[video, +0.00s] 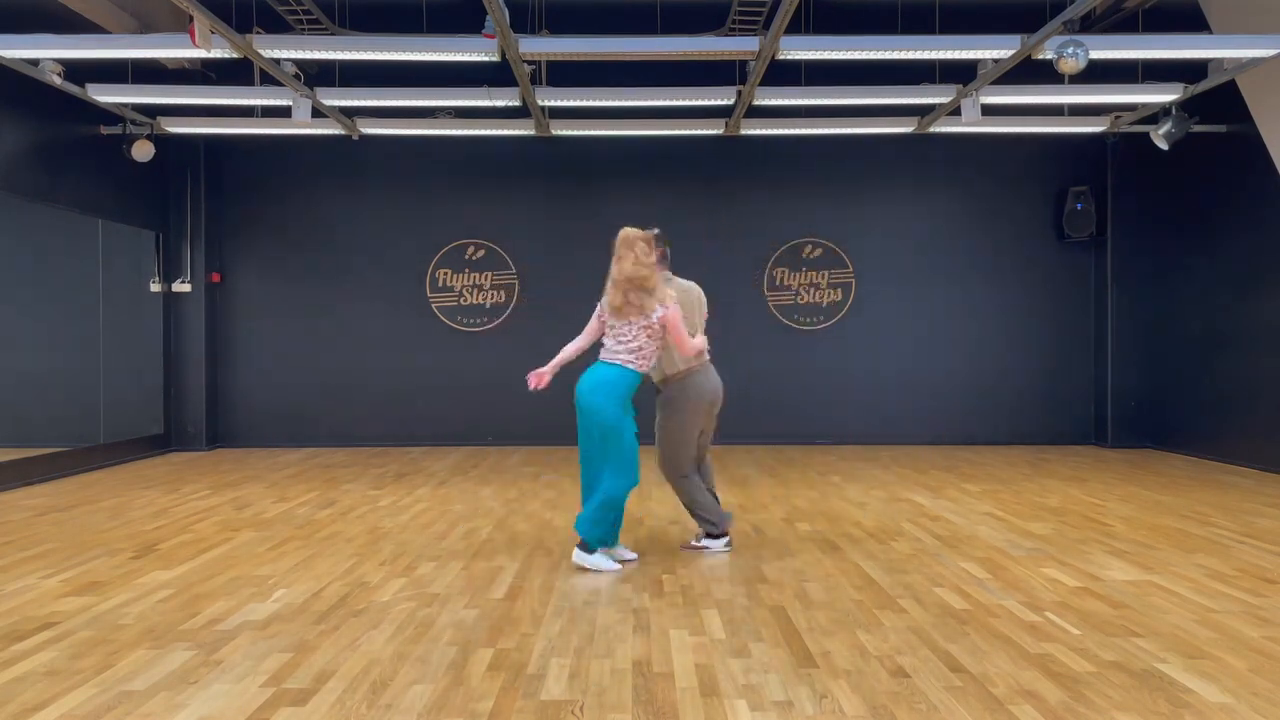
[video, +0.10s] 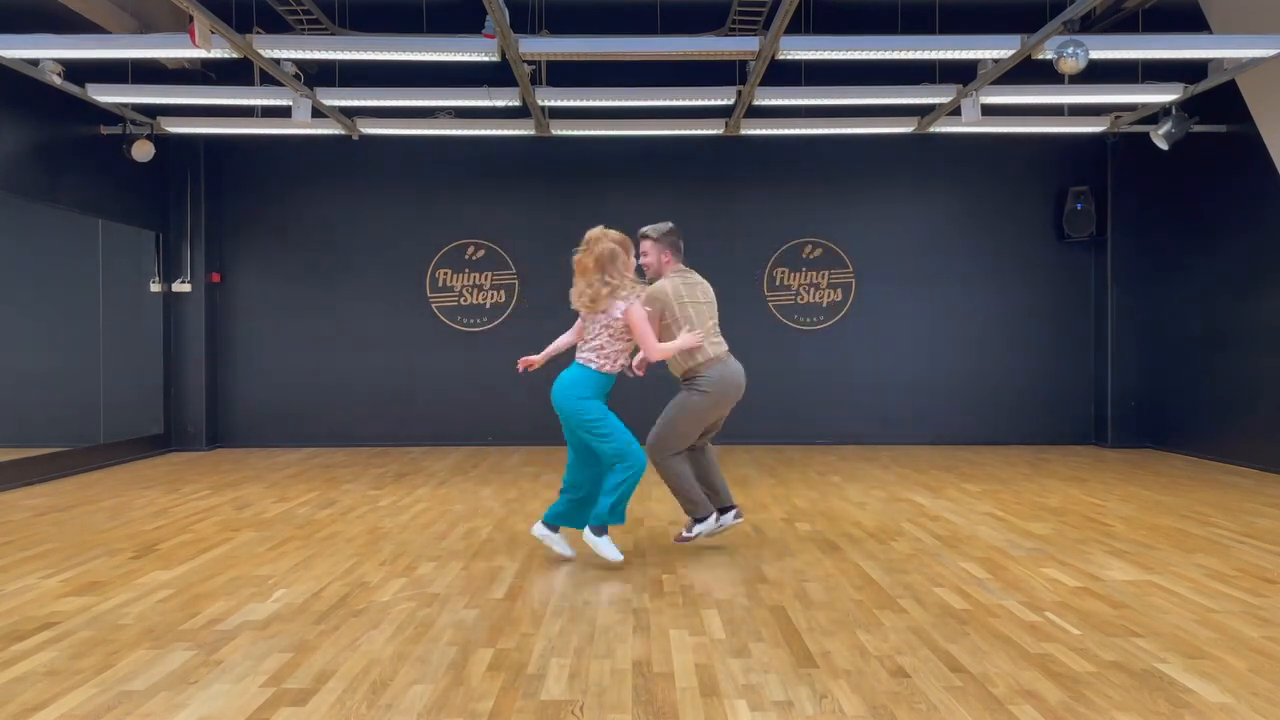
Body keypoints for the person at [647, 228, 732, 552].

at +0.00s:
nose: (639, 262)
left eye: (642, 256)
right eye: (644, 254)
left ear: (650, 257)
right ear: (665, 257)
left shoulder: (647, 297)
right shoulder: (694, 290)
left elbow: (643, 343)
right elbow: (697, 331)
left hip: (680, 386)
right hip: (707, 375)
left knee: (676, 467)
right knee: (698, 458)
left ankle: (716, 528)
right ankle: (713, 527)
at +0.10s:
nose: (641, 261)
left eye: (646, 254)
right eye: (640, 254)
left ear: (668, 255)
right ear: (671, 256)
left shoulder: (658, 292)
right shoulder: (701, 283)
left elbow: (646, 340)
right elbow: (684, 329)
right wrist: (647, 354)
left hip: (707, 382)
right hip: (731, 372)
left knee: (661, 447)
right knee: (696, 444)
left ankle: (702, 516)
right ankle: (725, 509)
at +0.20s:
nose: (659, 263)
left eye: (665, 256)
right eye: (659, 256)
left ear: (688, 259)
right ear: (687, 261)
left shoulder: (680, 294)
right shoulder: (712, 290)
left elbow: (669, 352)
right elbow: (700, 350)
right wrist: (660, 364)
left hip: (718, 390)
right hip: (737, 385)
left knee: (661, 441)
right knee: (705, 463)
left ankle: (704, 511)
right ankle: (751, 527)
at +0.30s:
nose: (671, 262)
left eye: (676, 255)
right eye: (671, 255)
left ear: (700, 256)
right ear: (697, 258)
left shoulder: (702, 290)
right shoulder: (711, 287)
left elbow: (681, 350)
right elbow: (699, 351)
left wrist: (671, 326)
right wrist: (663, 358)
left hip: (736, 392)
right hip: (724, 392)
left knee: (694, 465)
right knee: (720, 468)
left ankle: (723, 542)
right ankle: (752, 535)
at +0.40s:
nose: (676, 253)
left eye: (682, 246)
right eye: (676, 246)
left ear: (705, 249)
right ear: (702, 251)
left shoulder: (709, 282)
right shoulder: (714, 282)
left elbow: (694, 346)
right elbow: (693, 349)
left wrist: (681, 324)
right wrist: (656, 346)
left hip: (754, 377)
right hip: (747, 377)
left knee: (706, 452)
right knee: (709, 449)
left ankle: (755, 532)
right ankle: (734, 519)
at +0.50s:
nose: (687, 257)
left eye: (693, 250)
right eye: (688, 250)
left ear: (715, 255)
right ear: (714, 256)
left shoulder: (721, 288)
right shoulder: (720, 292)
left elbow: (721, 342)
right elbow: (695, 352)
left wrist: (693, 354)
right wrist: (656, 342)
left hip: (764, 384)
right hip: (756, 386)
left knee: (736, 480)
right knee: (707, 436)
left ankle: (789, 557)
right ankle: (741, 511)